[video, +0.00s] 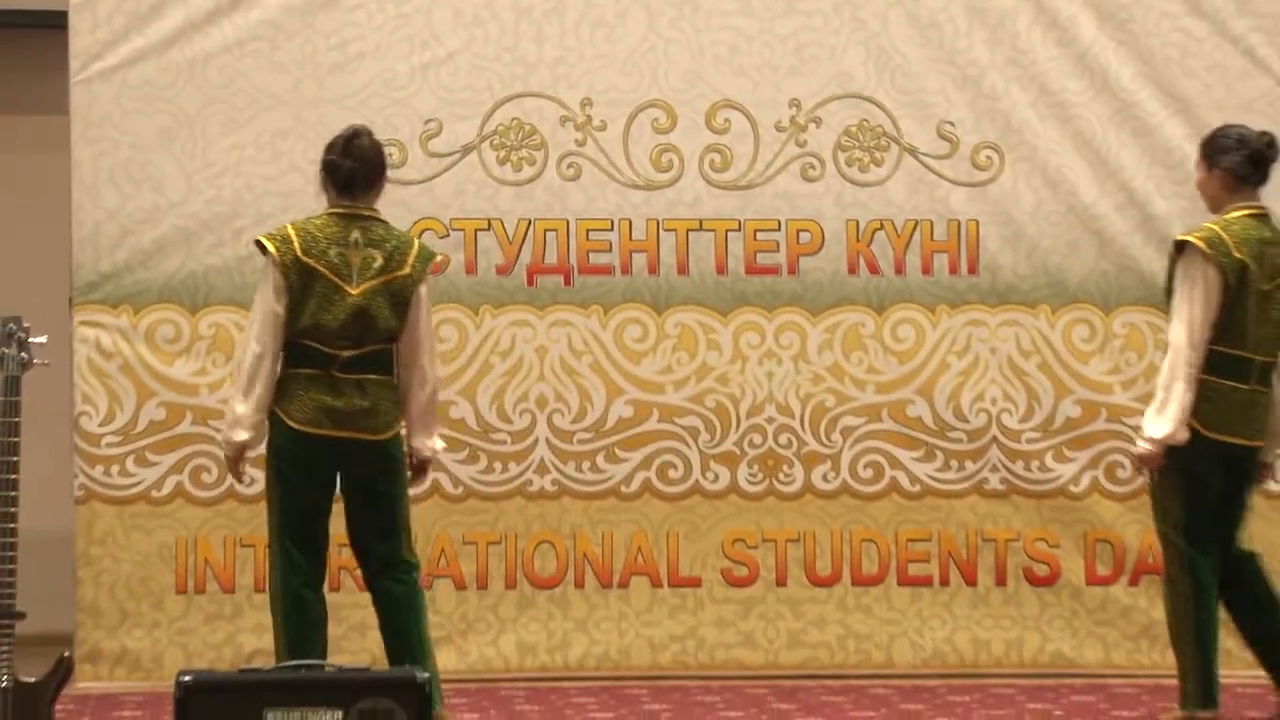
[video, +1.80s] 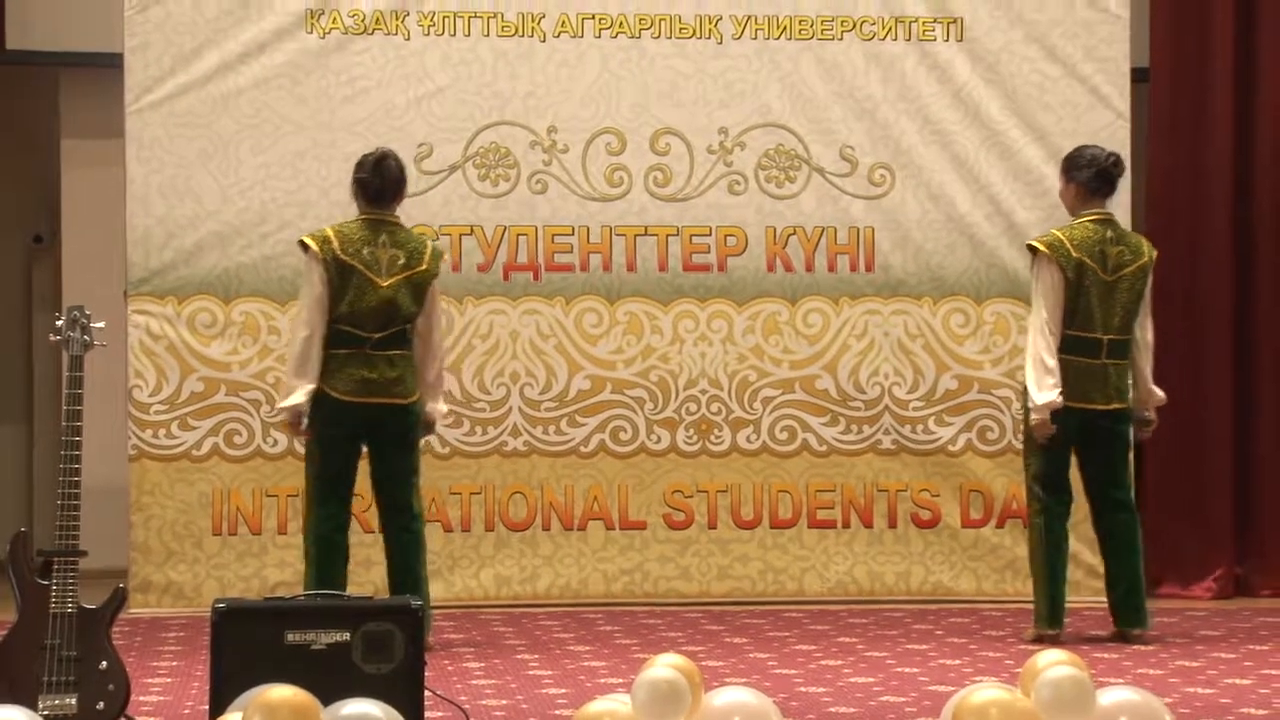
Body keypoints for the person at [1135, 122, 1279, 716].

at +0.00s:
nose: (1195, 180)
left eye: (1198, 170)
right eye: (1198, 169)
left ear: (1214, 175)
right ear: (1254, 177)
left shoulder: (1207, 246)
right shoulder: (1271, 242)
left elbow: (1188, 345)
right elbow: (1274, 361)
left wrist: (1160, 427)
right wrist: (1270, 444)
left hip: (1198, 435)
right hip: (1247, 436)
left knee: (1187, 565)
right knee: (1224, 554)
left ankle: (1197, 703)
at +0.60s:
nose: (1139, 171)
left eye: (1141, 163)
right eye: (1146, 163)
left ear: (1147, 169)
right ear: (1197, 172)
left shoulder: (1115, 237)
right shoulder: (1229, 241)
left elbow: (1094, 326)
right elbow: (1238, 331)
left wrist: (1077, 398)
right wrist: (1240, 402)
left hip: (1133, 404)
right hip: (1204, 406)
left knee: (1140, 529)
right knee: (1214, 522)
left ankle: (1145, 658)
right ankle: (1233, 654)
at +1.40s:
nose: (1087, 183)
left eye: (1089, 176)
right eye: (1089, 175)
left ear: (1099, 180)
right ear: (1141, 179)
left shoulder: (1081, 242)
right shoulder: (1176, 242)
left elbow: (1065, 324)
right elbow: (1179, 322)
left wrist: (1048, 391)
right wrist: (1186, 387)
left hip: (1094, 397)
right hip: (1156, 397)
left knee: (1078, 482)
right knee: (1148, 500)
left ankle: (1101, 592)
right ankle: (1147, 615)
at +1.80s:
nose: (1060, 189)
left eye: (1063, 181)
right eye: (1062, 180)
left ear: (1073, 186)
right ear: (1111, 188)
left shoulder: (1056, 247)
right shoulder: (1140, 251)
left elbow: (1045, 328)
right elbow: (1142, 331)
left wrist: (1040, 399)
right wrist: (1144, 399)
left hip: (1058, 400)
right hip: (1113, 401)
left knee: (1050, 510)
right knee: (1117, 507)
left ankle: (1048, 620)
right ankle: (1132, 620)